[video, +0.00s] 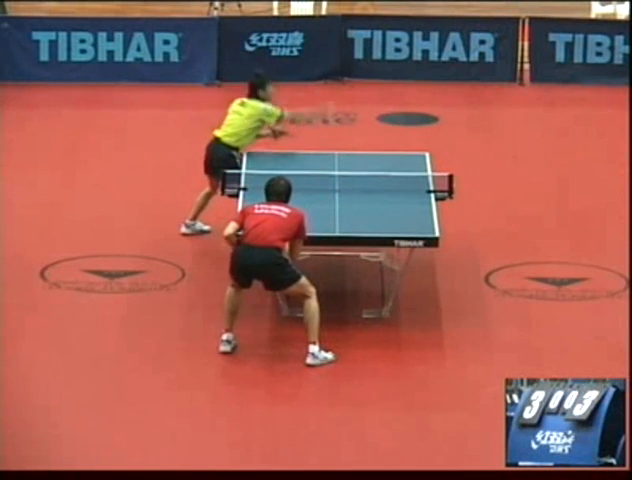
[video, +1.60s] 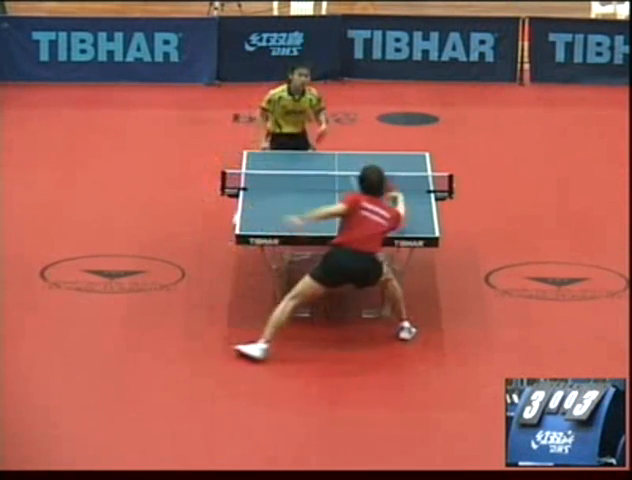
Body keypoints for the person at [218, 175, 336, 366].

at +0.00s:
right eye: (286, 194)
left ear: (266, 195)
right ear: (288, 196)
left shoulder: (250, 209)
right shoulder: (296, 216)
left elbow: (228, 233)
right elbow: (294, 254)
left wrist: (240, 247)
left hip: (243, 252)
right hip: (271, 255)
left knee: (235, 287)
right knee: (310, 294)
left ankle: (227, 335)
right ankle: (314, 349)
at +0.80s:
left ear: (268, 168)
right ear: (290, 169)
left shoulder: (253, 189)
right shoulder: (301, 192)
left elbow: (233, 218)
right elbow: (308, 233)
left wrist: (249, 229)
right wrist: (290, 233)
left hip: (255, 244)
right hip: (285, 246)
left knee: (240, 285)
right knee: (320, 289)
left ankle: (228, 336)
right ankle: (340, 342)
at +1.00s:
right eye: (304, 165)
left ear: (286, 169)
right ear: (308, 169)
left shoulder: (272, 190)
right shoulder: (321, 194)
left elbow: (252, 220)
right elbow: (332, 232)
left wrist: (270, 228)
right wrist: (316, 228)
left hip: (272, 245)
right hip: (302, 247)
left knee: (246, 285)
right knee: (335, 291)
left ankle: (228, 336)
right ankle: (350, 344)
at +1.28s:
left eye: (309, 168)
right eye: (317, 169)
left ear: (301, 172)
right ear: (322, 174)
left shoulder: (285, 194)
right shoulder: (333, 198)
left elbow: (255, 213)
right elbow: (356, 228)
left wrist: (250, 214)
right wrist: (338, 220)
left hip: (288, 254)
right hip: (319, 256)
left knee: (249, 294)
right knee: (353, 282)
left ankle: (237, 345)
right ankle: (369, 331)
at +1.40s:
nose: (332, 176)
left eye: (328, 172)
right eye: (341, 173)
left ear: (323, 174)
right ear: (345, 176)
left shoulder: (310, 193)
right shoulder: (354, 201)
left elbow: (279, 201)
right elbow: (377, 225)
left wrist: (248, 203)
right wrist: (357, 214)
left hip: (304, 255)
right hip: (334, 257)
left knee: (262, 294)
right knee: (367, 285)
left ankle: (238, 345)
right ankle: (398, 324)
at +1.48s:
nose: (347, 180)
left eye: (343, 176)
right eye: (356, 176)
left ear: (340, 179)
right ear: (362, 180)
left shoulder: (331, 197)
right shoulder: (373, 206)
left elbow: (300, 202)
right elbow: (395, 224)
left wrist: (268, 205)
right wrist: (382, 215)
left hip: (322, 256)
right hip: (351, 260)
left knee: (279, 298)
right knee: (378, 285)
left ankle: (243, 344)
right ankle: (404, 327)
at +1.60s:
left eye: (363, 184)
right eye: (382, 183)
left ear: (361, 185)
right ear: (383, 188)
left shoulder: (356, 200)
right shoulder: (391, 215)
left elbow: (337, 211)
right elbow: (401, 217)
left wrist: (303, 219)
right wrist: (399, 200)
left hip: (339, 256)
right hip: (367, 261)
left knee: (293, 298)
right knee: (388, 280)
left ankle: (262, 344)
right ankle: (405, 326)